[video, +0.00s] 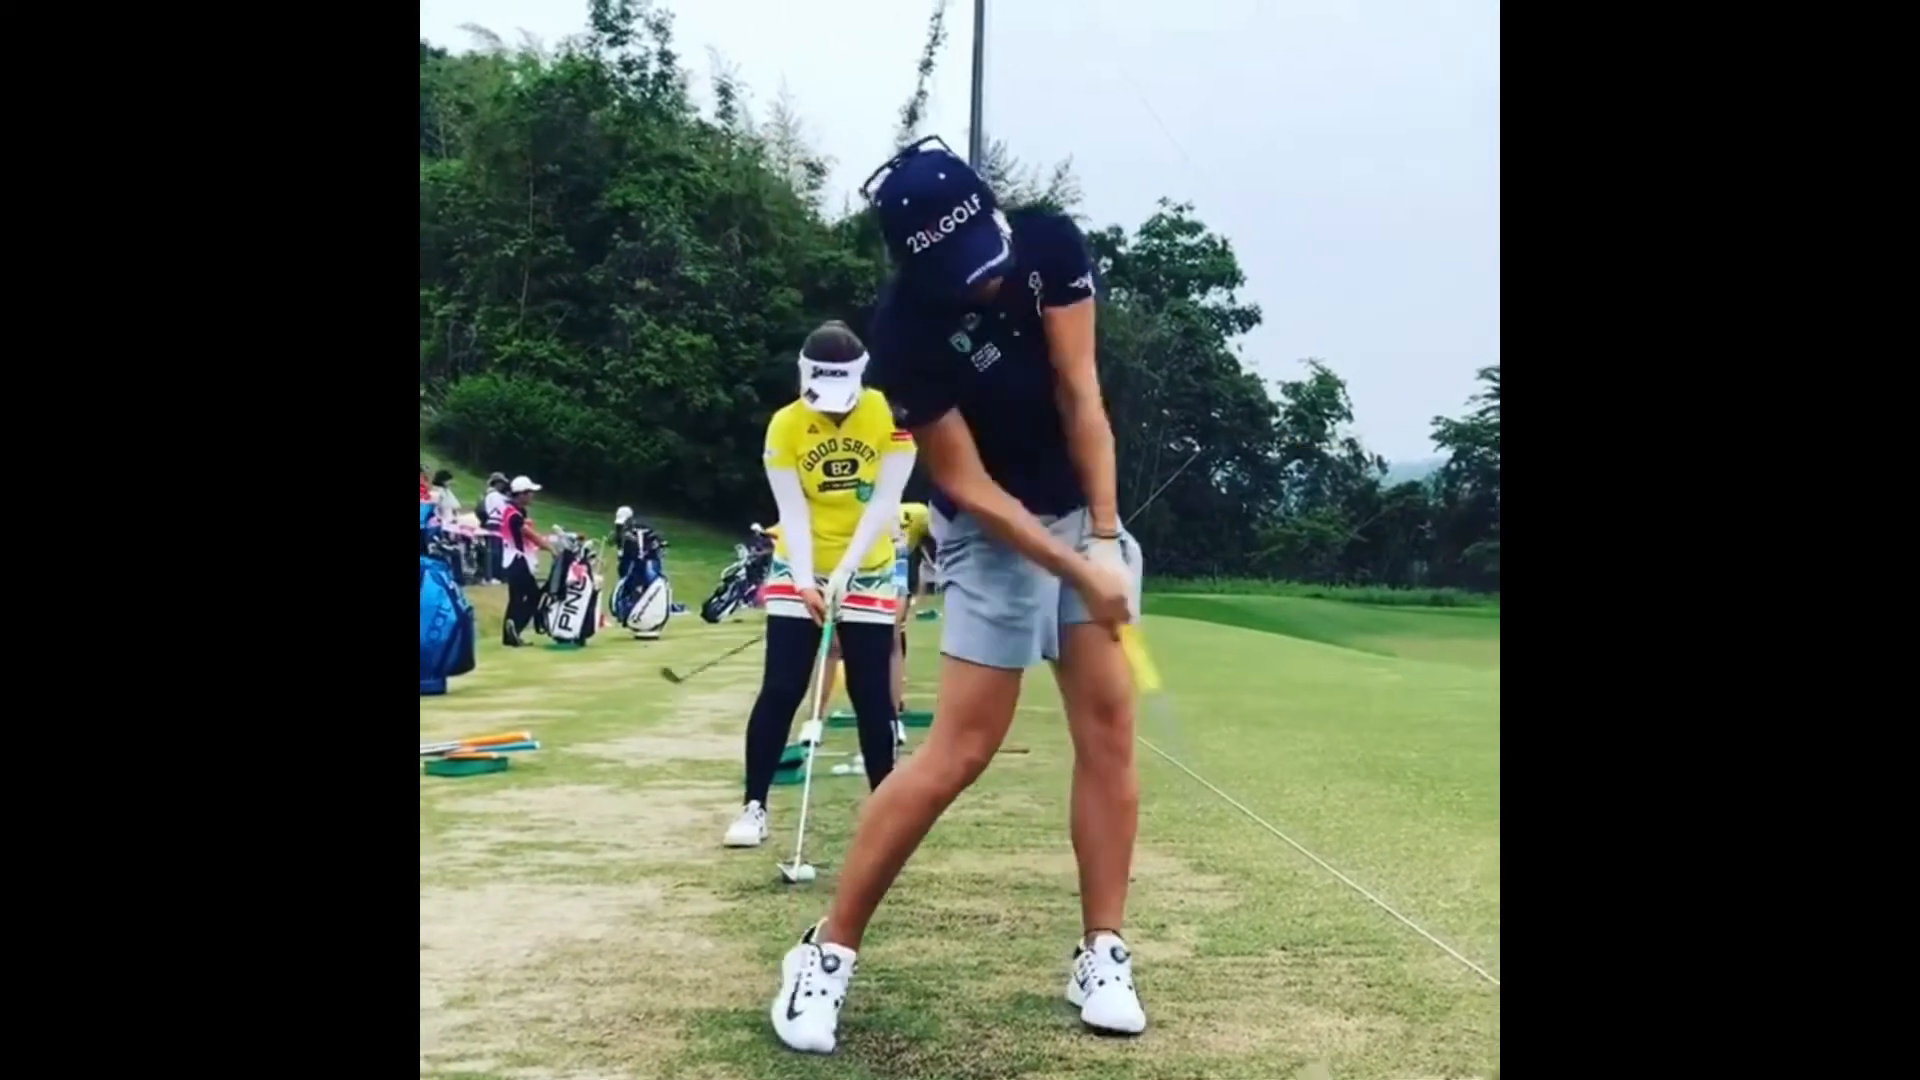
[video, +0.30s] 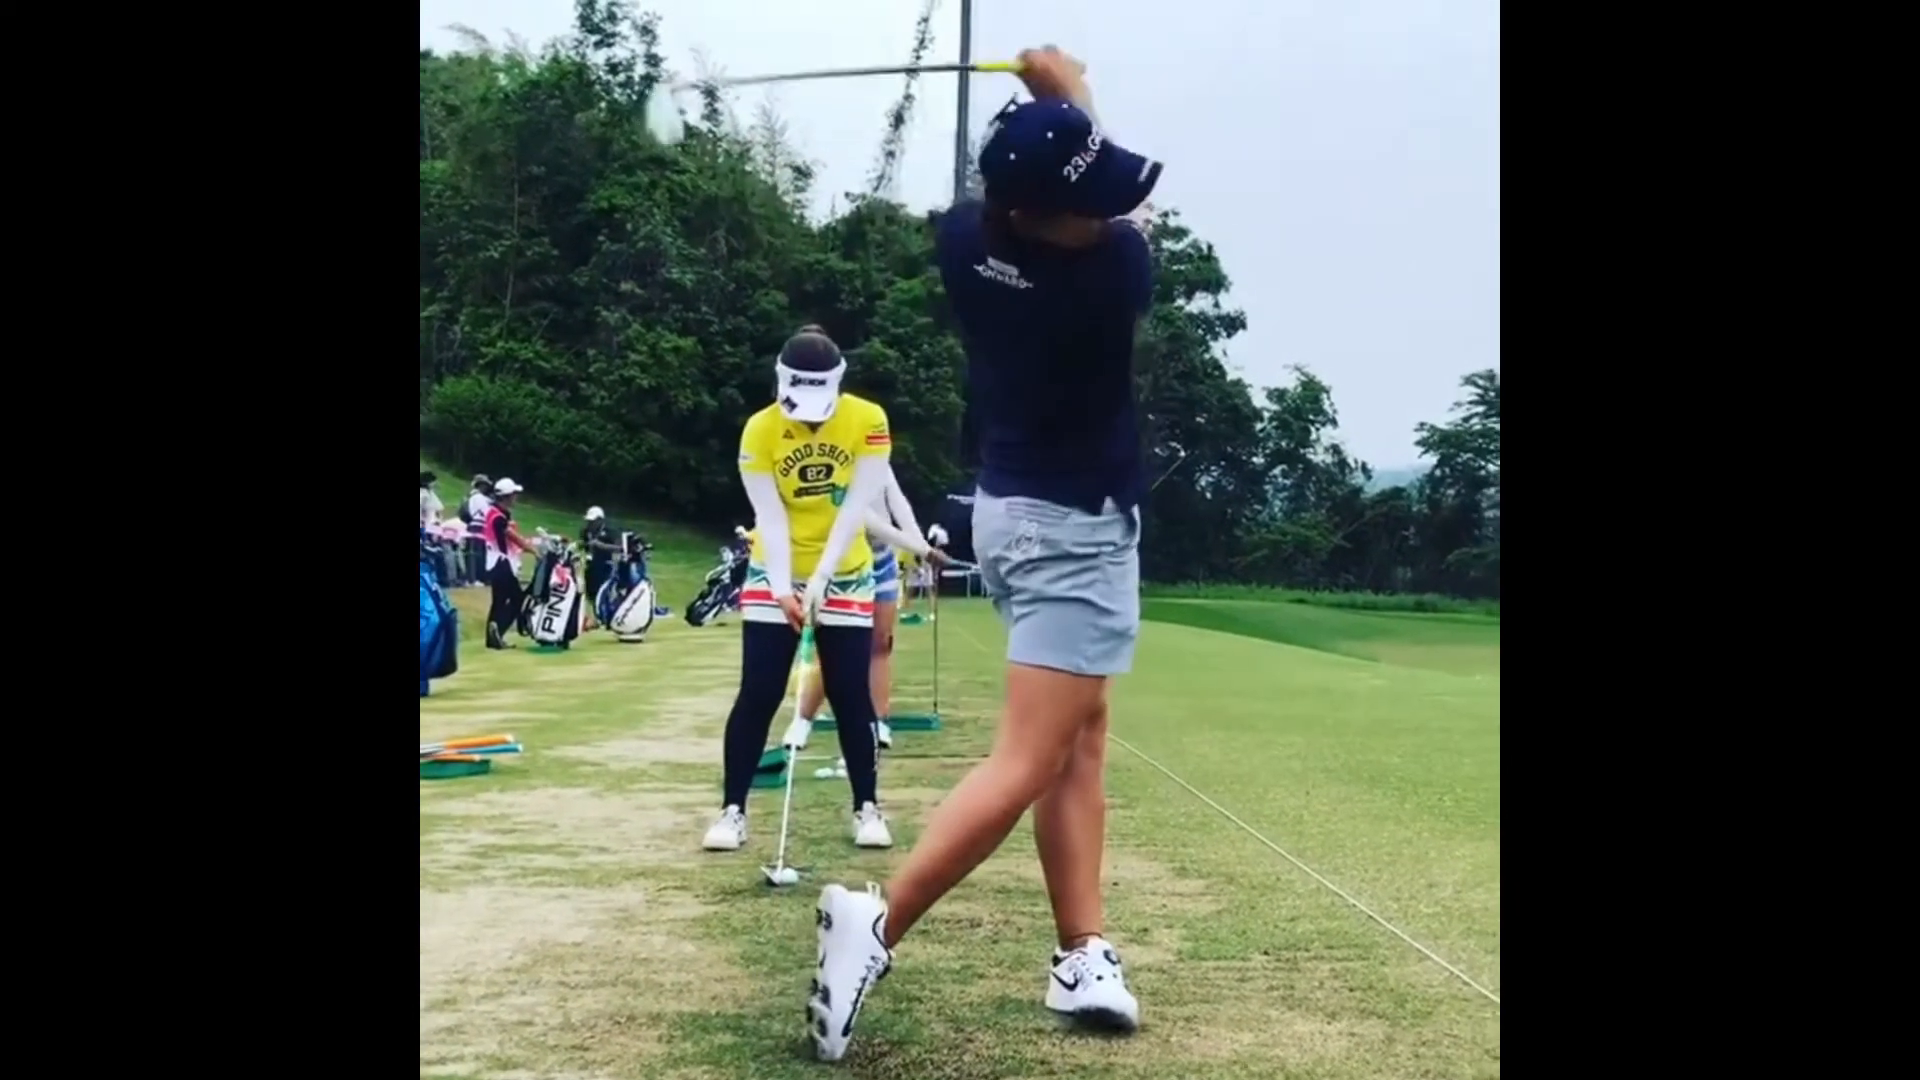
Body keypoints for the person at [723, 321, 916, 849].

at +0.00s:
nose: (830, 405)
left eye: (841, 394)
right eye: (820, 393)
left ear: (860, 376)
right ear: (805, 376)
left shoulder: (891, 416)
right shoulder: (785, 428)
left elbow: (885, 503)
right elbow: (792, 514)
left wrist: (845, 568)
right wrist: (803, 579)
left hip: (870, 570)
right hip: (798, 568)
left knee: (872, 698)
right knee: (780, 690)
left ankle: (886, 810)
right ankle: (754, 807)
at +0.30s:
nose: (807, 409)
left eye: (818, 399)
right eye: (798, 398)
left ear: (837, 383)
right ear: (782, 382)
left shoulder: (868, 420)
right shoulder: (759, 433)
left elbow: (859, 505)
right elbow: (770, 518)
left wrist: (821, 575)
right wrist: (780, 584)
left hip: (846, 574)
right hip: (773, 573)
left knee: (850, 694)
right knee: (759, 692)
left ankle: (867, 808)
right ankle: (732, 811)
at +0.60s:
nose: (798, 417)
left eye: (808, 406)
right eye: (789, 406)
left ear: (829, 389)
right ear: (773, 390)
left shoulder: (860, 427)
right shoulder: (751, 440)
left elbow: (846, 510)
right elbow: (763, 524)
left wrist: (809, 578)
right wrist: (771, 588)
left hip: (835, 579)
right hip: (763, 577)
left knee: (839, 696)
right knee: (748, 695)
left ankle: (856, 812)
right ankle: (719, 815)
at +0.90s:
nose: (793, 423)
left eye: (803, 412)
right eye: (783, 411)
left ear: (823, 396)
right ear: (767, 396)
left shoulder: (853, 433)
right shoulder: (744, 443)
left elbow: (836, 514)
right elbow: (757, 527)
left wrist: (800, 585)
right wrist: (770, 595)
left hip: (826, 584)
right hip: (754, 581)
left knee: (832, 701)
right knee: (739, 700)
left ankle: (850, 815)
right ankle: (711, 819)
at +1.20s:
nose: (796, 428)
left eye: (806, 418)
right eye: (786, 417)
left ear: (826, 400)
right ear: (771, 401)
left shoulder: (857, 438)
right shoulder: (748, 447)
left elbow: (840, 520)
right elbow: (762, 532)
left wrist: (804, 590)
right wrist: (778, 600)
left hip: (830, 587)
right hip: (757, 587)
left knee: (834, 702)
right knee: (742, 702)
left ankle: (850, 819)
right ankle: (710, 821)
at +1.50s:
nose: (841, 360)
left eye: (852, 353)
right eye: (834, 351)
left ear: (878, 350)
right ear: (826, 351)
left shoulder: (892, 400)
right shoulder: (809, 405)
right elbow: (811, 496)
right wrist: (828, 564)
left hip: (874, 553)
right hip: (815, 551)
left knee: (869, 675)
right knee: (811, 668)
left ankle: (871, 783)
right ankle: (806, 777)